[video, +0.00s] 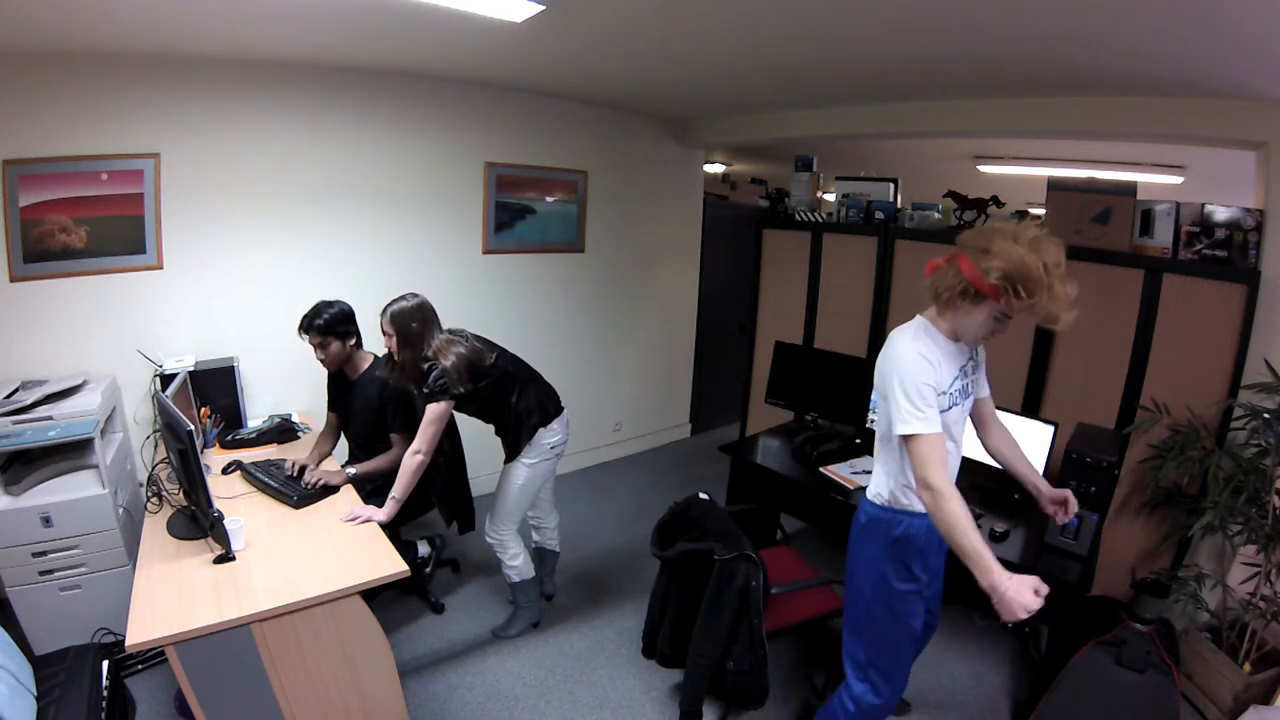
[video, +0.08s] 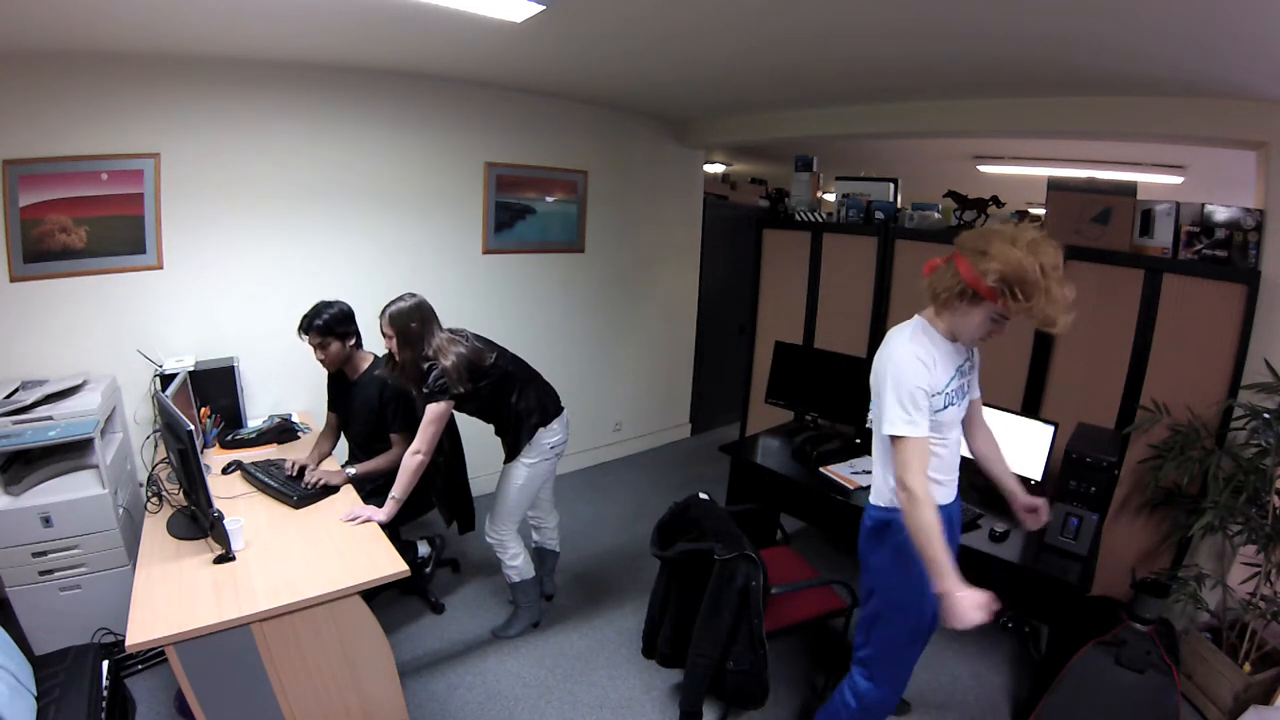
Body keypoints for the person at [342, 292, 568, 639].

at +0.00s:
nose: (386, 343)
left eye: (389, 336)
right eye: (384, 335)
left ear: (411, 336)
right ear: (421, 329)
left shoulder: (443, 370)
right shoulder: (451, 340)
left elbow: (420, 452)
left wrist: (388, 509)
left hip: (538, 433)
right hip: (547, 420)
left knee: (500, 530)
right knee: (541, 508)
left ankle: (528, 607)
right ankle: (546, 581)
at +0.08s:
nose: (386, 345)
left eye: (389, 337)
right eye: (384, 336)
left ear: (411, 336)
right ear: (421, 329)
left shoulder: (443, 369)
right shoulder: (451, 339)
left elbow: (420, 452)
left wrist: (388, 509)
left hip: (538, 433)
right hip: (547, 420)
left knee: (501, 530)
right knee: (541, 508)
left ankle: (528, 607)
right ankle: (546, 581)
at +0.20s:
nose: (386, 344)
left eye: (389, 337)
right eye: (384, 336)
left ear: (412, 336)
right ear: (422, 329)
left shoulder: (443, 370)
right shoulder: (450, 339)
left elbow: (420, 452)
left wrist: (388, 509)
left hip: (537, 432)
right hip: (547, 420)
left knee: (501, 530)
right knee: (541, 508)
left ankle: (528, 607)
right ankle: (546, 581)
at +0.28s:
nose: (386, 344)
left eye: (389, 336)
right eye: (384, 336)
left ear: (411, 335)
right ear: (421, 328)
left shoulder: (443, 369)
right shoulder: (450, 340)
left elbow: (420, 452)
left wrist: (387, 509)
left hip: (537, 433)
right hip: (546, 420)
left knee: (501, 530)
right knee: (541, 508)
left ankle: (528, 607)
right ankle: (546, 581)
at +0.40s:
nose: (386, 345)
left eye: (388, 337)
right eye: (384, 337)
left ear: (411, 336)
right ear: (421, 329)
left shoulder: (443, 369)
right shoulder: (450, 339)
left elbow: (420, 452)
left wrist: (387, 509)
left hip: (537, 432)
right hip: (546, 420)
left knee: (500, 530)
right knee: (541, 508)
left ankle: (528, 607)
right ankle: (546, 581)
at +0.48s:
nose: (386, 345)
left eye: (389, 337)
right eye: (384, 336)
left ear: (412, 336)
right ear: (421, 329)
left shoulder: (443, 369)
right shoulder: (450, 340)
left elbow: (420, 452)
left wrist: (387, 509)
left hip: (537, 432)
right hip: (546, 420)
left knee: (500, 530)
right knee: (541, 508)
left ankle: (528, 607)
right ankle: (546, 581)